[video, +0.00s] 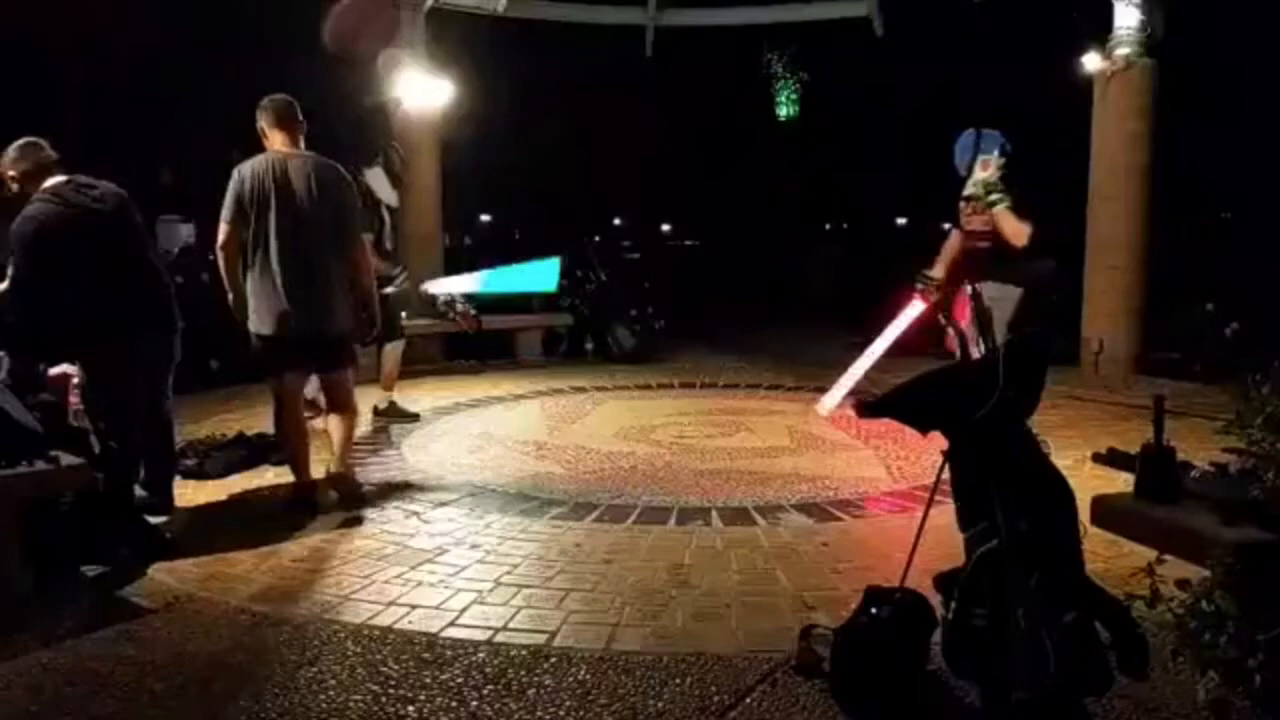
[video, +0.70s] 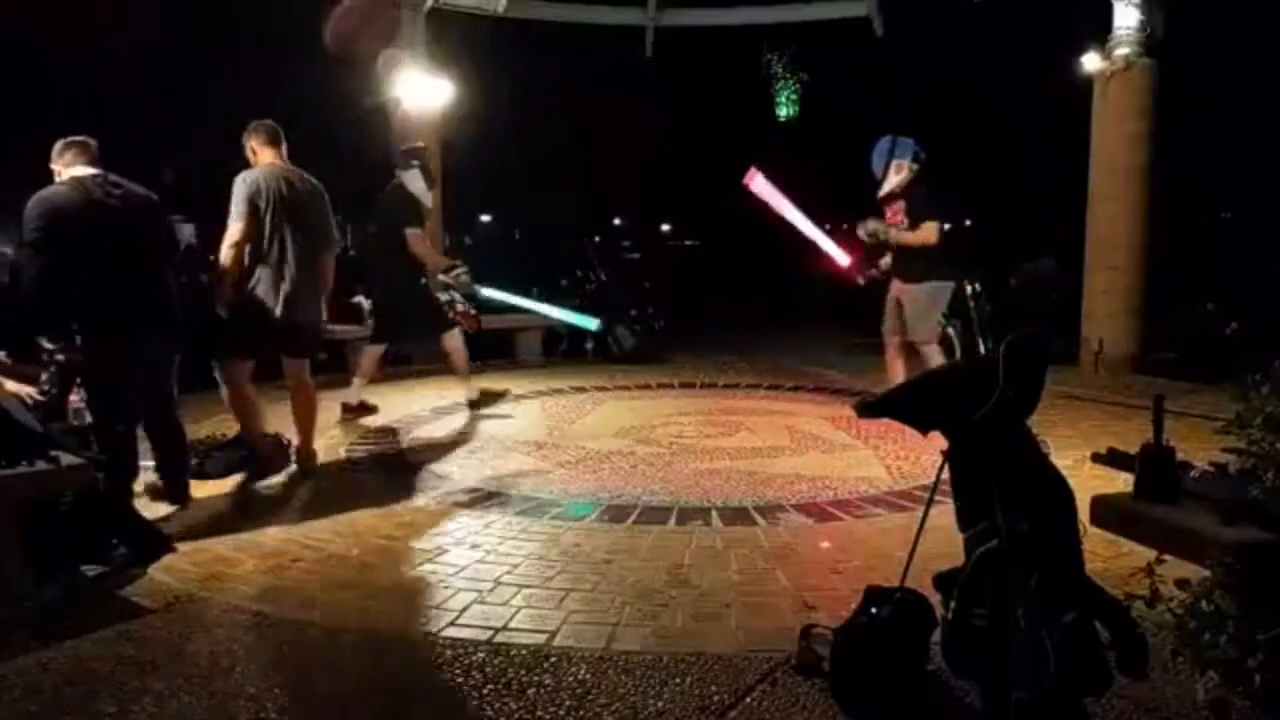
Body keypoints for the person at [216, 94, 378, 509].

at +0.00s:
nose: (268, 137)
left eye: (263, 131)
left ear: (264, 131)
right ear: (301, 127)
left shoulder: (246, 175)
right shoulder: (333, 175)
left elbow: (225, 244)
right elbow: (359, 249)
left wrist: (235, 295)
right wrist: (371, 303)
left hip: (273, 310)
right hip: (329, 308)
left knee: (288, 402)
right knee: (341, 400)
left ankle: (305, 488)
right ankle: (342, 467)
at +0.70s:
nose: (249, 158)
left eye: (248, 153)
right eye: (250, 153)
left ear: (253, 150)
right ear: (284, 147)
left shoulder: (249, 181)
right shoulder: (313, 187)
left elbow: (236, 238)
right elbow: (327, 251)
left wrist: (226, 286)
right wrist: (324, 298)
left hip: (259, 297)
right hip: (303, 298)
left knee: (233, 370)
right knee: (300, 377)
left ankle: (260, 451)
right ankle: (306, 451)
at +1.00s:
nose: (204, 176)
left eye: (204, 171)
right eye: (205, 171)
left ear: (209, 167)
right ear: (240, 163)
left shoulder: (205, 197)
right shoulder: (270, 192)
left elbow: (200, 253)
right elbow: (297, 242)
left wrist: (199, 294)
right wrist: (293, 287)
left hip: (232, 302)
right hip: (282, 298)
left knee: (213, 380)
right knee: (291, 363)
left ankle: (219, 461)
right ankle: (308, 432)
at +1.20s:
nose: (189, 209)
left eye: (188, 203)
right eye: (189, 203)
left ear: (191, 200)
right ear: (218, 196)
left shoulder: (195, 221)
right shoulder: (253, 215)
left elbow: (189, 276)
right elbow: (285, 265)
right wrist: (296, 302)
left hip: (232, 305)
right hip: (282, 298)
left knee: (209, 379)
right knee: (294, 360)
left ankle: (218, 462)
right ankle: (313, 433)